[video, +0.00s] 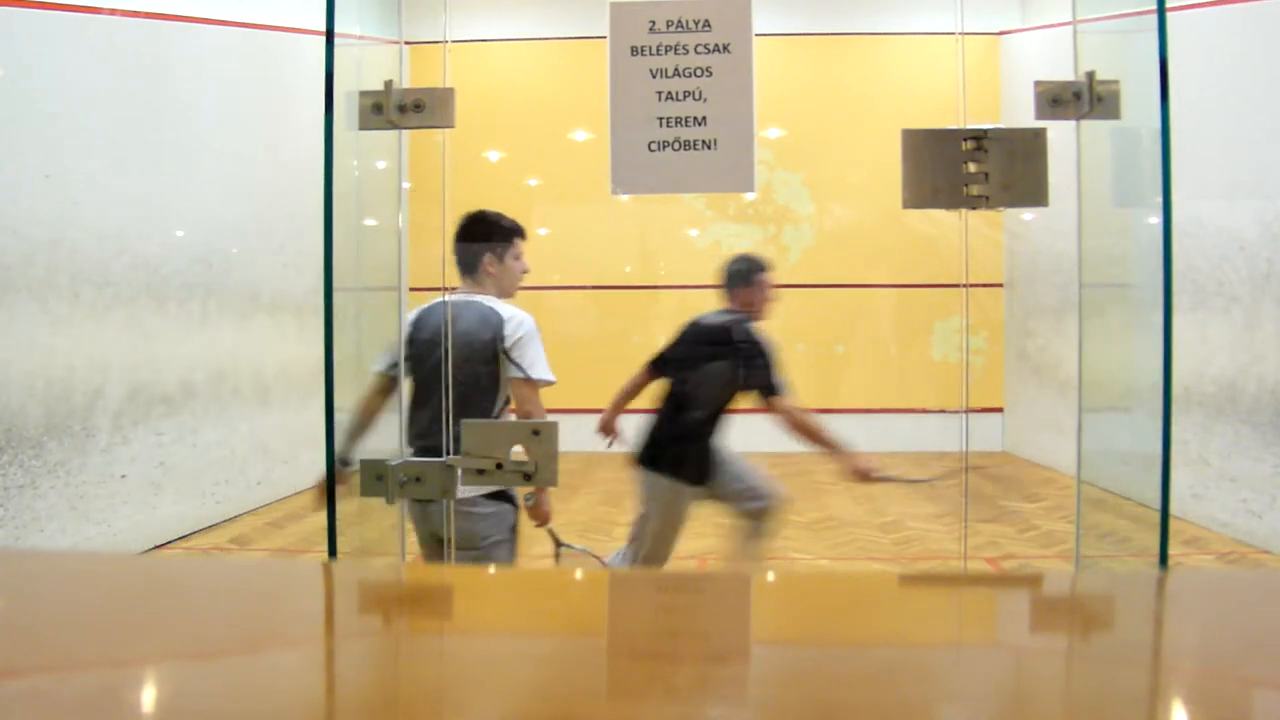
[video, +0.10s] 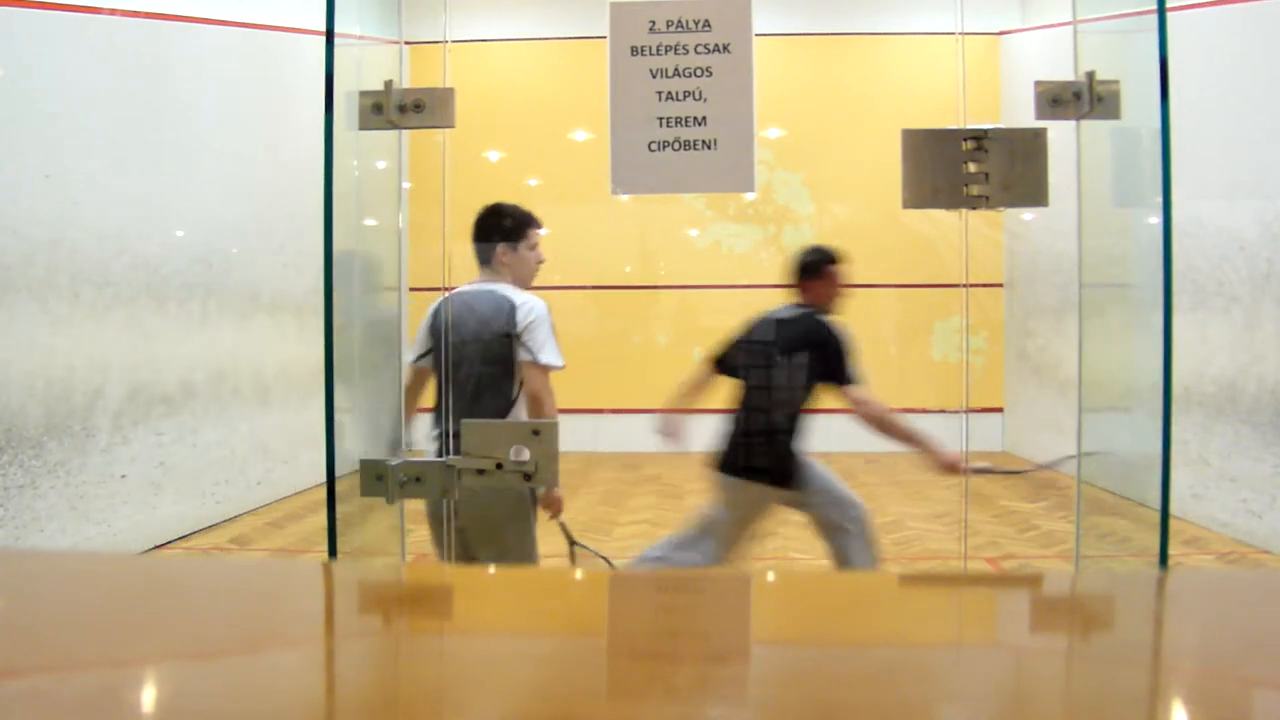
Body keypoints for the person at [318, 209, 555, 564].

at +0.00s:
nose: (526, 268)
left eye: (523, 257)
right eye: (518, 257)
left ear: (473, 265)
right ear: (490, 264)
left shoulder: (420, 319)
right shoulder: (512, 322)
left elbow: (376, 396)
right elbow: (529, 413)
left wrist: (342, 459)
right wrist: (540, 488)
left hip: (423, 493)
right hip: (480, 497)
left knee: (440, 604)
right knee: (487, 612)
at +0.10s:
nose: (541, 258)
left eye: (539, 247)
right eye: (532, 247)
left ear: (496, 255)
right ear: (503, 254)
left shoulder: (443, 307)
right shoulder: (527, 307)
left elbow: (415, 381)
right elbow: (537, 394)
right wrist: (549, 478)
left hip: (446, 473)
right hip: (501, 473)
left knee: (459, 586)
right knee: (515, 587)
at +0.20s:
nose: (557, 253)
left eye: (555, 242)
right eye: (548, 243)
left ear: (517, 248)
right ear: (519, 249)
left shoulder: (463, 302)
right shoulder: (540, 302)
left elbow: (450, 378)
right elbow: (548, 383)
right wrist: (562, 461)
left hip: (469, 459)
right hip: (525, 461)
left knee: (471, 576)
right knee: (535, 575)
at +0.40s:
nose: (596, 275)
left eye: (594, 266)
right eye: (587, 266)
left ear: (558, 273)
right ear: (559, 272)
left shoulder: (512, 315)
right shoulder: (578, 322)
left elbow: (507, 390)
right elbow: (582, 396)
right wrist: (598, 470)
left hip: (509, 463)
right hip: (563, 466)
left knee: (500, 571)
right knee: (590, 563)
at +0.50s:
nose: (620, 277)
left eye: (619, 268)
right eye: (612, 268)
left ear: (584, 275)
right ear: (585, 274)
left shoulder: (540, 312)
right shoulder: (601, 323)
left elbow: (523, 375)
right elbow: (605, 396)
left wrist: (574, 385)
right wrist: (623, 467)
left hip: (535, 456)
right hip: (583, 459)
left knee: (530, 559)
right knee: (606, 553)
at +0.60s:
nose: (640, 273)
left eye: (640, 265)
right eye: (632, 265)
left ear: (606, 269)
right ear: (605, 267)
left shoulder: (562, 305)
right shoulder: (618, 315)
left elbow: (540, 372)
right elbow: (625, 387)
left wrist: (578, 396)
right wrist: (647, 454)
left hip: (555, 438)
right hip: (598, 443)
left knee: (568, 528)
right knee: (610, 541)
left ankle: (533, 598)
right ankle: (606, 616)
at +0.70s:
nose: (656, 273)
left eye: (655, 264)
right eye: (648, 264)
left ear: (624, 268)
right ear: (623, 267)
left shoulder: (580, 305)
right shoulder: (633, 312)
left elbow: (556, 371)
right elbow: (642, 385)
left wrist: (564, 417)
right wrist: (667, 443)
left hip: (572, 434)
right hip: (609, 438)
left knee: (589, 522)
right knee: (612, 541)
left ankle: (581, 603)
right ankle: (606, 614)